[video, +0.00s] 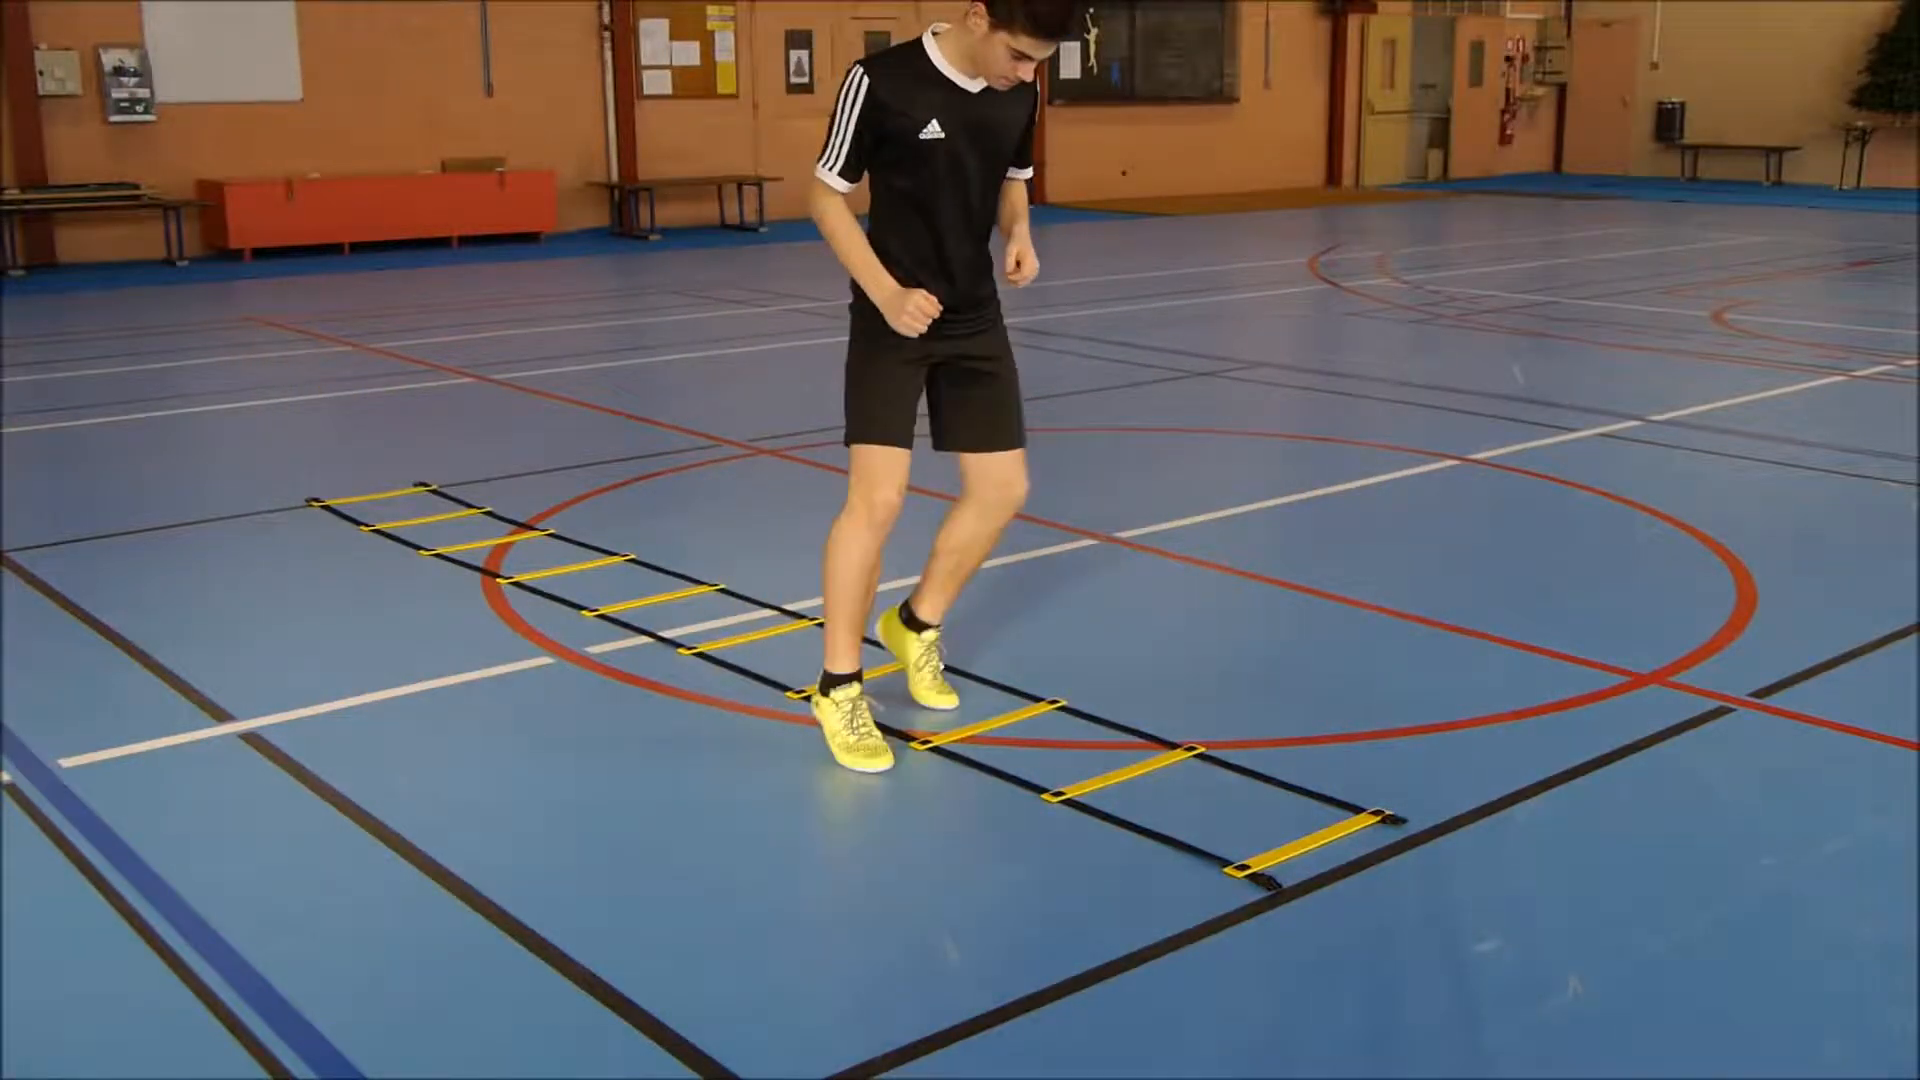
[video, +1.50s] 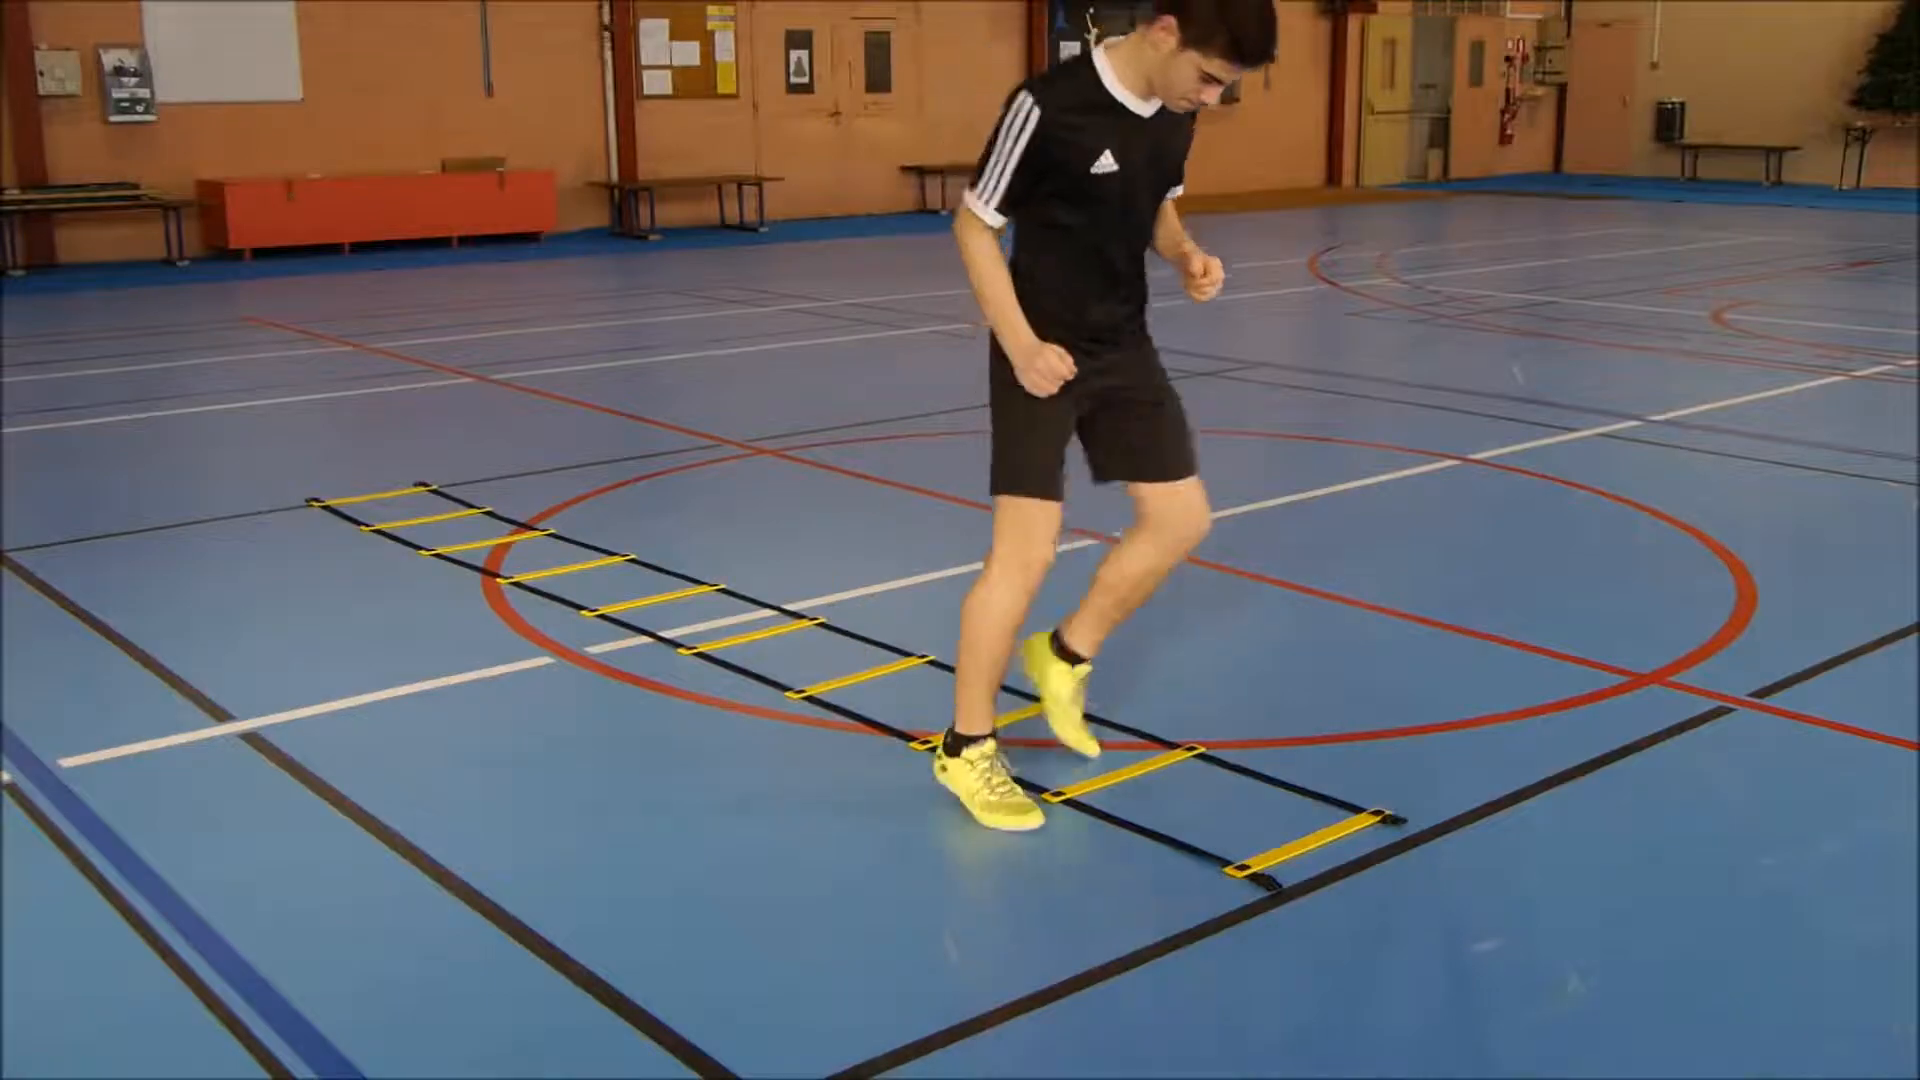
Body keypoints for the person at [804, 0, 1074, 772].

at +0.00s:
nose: (1028, 72)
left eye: (1039, 59)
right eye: (1020, 53)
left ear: (1048, 42)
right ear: (975, 17)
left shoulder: (1016, 88)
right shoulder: (877, 81)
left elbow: (1012, 179)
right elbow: (826, 197)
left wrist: (1018, 232)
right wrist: (885, 292)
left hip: (974, 315)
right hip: (889, 316)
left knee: (1000, 488)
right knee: (876, 498)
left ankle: (916, 623)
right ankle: (838, 686)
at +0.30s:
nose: (1066, 85)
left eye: (1078, 72)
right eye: (1059, 66)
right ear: (1013, 25)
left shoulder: (1036, 97)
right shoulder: (921, 91)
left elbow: (1021, 191)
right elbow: (856, 214)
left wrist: (1043, 239)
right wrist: (931, 312)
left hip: (999, 313)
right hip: (914, 321)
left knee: (1089, 465)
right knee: (890, 513)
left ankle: (1033, 619)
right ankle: (837, 687)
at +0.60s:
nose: (1095, 85)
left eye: (1107, 72)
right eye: (1089, 65)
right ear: (1044, 25)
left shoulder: (1083, 95)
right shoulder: (940, 89)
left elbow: (1075, 183)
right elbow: (886, 204)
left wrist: (1084, 236)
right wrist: (936, 298)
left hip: (1047, 319)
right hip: (958, 323)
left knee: (1085, 492)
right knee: (967, 511)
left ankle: (1063, 648)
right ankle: (936, 664)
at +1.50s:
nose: (1213, 98)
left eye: (1227, 86)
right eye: (1208, 77)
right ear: (1161, 32)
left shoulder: (1179, 108)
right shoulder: (1045, 103)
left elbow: (1160, 205)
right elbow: (974, 223)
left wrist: (1186, 252)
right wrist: (1021, 342)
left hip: (1120, 343)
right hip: (1034, 345)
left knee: (1180, 518)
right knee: (1023, 550)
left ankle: (1065, 654)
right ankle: (966, 744)